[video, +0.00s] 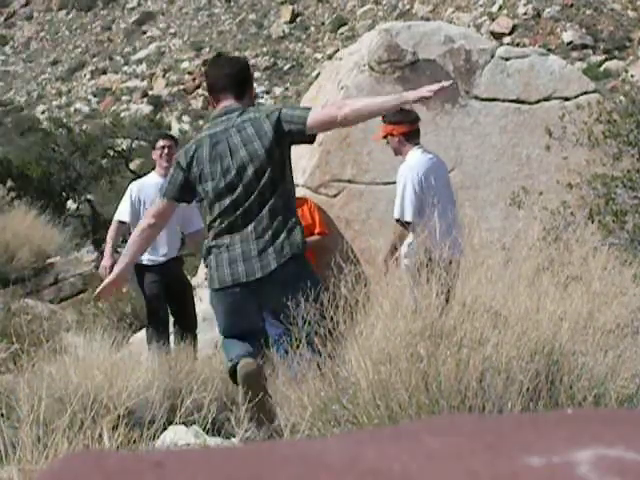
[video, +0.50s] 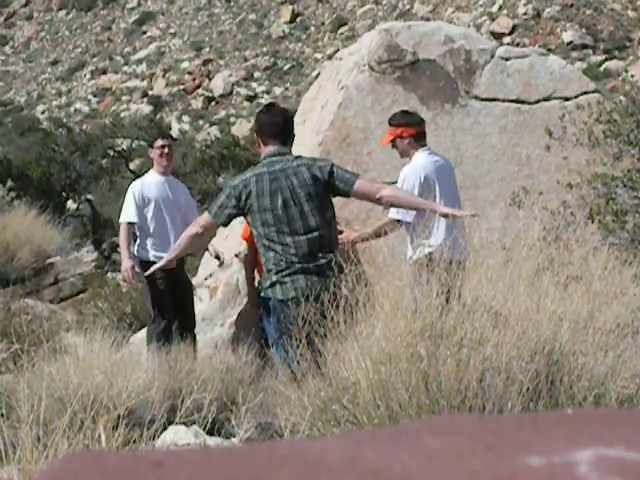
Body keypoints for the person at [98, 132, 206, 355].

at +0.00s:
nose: (166, 152)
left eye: (170, 148)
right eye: (161, 148)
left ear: (176, 154)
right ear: (153, 154)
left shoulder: (183, 187)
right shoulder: (138, 188)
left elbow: (194, 233)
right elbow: (118, 223)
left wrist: (208, 260)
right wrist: (108, 254)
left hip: (173, 262)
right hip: (147, 264)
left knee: (187, 318)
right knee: (158, 319)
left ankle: (187, 369)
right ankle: (161, 370)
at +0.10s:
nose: (171, 152)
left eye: (175, 148)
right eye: (166, 148)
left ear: (181, 154)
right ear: (157, 154)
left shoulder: (183, 190)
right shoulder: (140, 186)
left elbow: (194, 233)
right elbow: (119, 221)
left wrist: (208, 247)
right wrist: (105, 251)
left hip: (174, 263)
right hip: (147, 265)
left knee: (186, 321)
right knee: (160, 323)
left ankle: (188, 372)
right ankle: (162, 373)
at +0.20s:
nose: (173, 152)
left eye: (177, 148)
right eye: (168, 148)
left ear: (182, 154)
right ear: (158, 154)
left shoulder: (185, 193)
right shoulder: (141, 186)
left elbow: (194, 233)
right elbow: (120, 219)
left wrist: (206, 251)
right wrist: (105, 250)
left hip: (175, 262)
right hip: (148, 262)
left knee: (186, 318)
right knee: (159, 319)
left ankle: (188, 369)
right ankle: (161, 370)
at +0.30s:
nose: (172, 152)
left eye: (176, 148)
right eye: (167, 148)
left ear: (181, 154)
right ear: (158, 154)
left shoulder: (184, 192)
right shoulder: (142, 186)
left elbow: (196, 226)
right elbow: (122, 220)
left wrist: (208, 250)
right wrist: (110, 253)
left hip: (179, 259)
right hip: (152, 260)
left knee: (187, 316)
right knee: (162, 317)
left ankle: (188, 367)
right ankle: (161, 368)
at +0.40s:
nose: (170, 152)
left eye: (174, 148)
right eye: (165, 148)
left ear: (178, 154)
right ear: (155, 153)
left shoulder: (183, 191)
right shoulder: (141, 186)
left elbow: (194, 230)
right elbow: (124, 222)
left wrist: (208, 253)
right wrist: (117, 255)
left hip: (177, 258)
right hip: (151, 259)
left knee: (186, 314)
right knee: (162, 313)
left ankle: (188, 365)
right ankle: (160, 366)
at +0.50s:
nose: (166, 151)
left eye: (170, 148)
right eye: (161, 148)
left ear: (175, 153)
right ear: (152, 153)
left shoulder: (181, 189)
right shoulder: (139, 187)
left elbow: (197, 221)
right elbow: (126, 224)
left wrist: (208, 245)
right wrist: (126, 257)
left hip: (177, 261)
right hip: (151, 262)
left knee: (186, 318)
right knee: (162, 318)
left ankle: (188, 368)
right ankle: (159, 369)